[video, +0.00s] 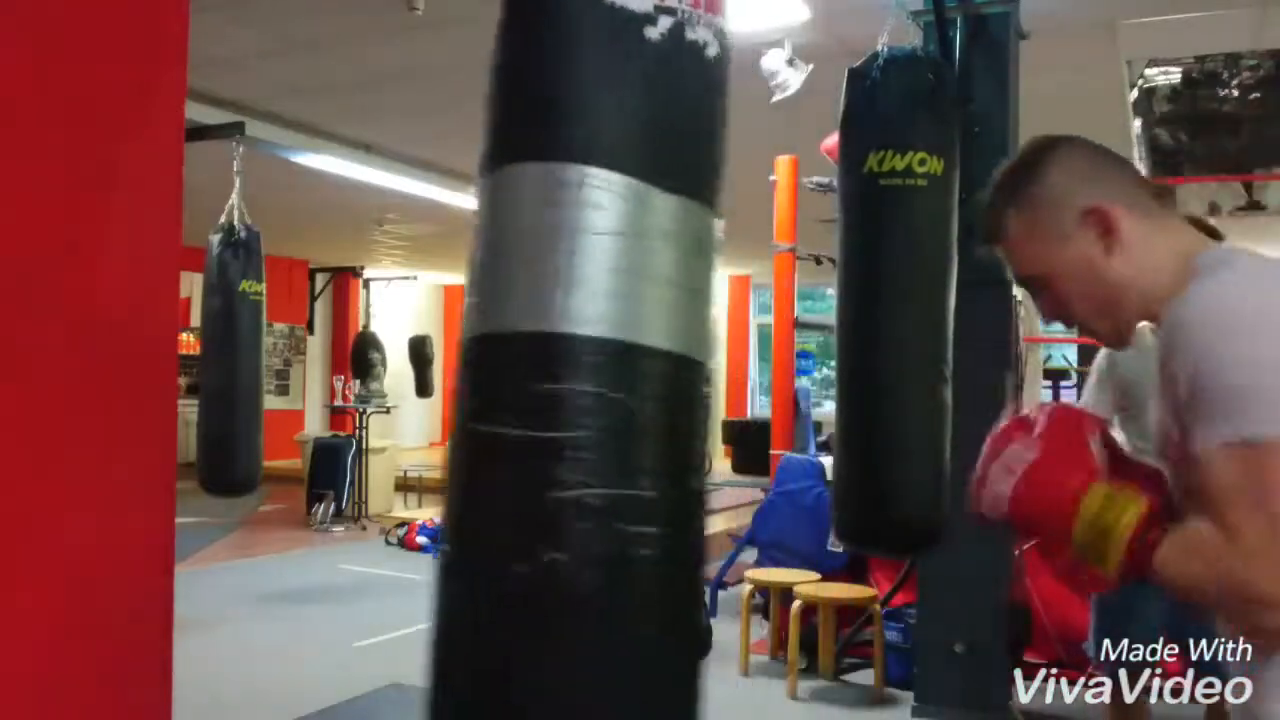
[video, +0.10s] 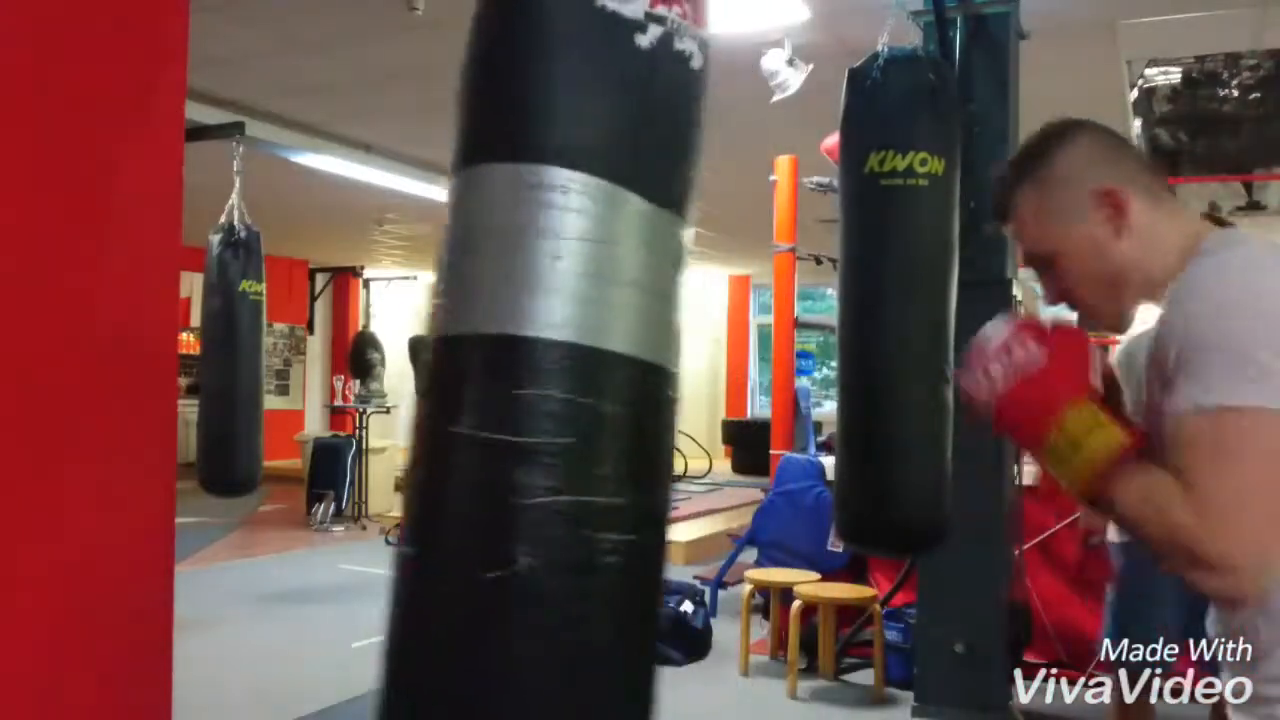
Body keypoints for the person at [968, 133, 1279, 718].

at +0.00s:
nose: (1046, 315)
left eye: (1041, 284)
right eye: (1032, 292)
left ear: (1104, 230)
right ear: (1104, 230)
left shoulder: (1226, 318)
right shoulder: (1199, 320)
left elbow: (1262, 581)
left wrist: (1092, 517)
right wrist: (1119, 489)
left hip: (1268, 696)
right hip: (1256, 693)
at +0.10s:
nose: (1050, 295)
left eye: (1048, 265)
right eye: (1038, 272)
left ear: (1113, 213)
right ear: (1114, 214)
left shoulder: (1231, 293)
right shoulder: (1204, 300)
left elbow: (1236, 558)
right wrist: (1079, 420)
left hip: (1268, 695)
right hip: (1250, 690)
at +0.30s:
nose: (1090, 303)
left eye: (1092, 270)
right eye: (1080, 276)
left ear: (1166, 228)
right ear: (1167, 230)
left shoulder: (1247, 319)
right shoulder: (1200, 332)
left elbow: (1231, 555)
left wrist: (1046, 468)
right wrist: (1034, 460)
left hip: (1253, 696)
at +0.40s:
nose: (1044, 296)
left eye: (1042, 264)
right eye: (1034, 271)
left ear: (1104, 225)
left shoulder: (1149, 295)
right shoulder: (1256, 298)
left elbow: (1140, 500)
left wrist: (953, 429)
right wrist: (1053, 444)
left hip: (1224, 683)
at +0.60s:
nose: (910, 291)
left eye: (911, 264)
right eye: (900, 270)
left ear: (974, 225)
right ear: (981, 221)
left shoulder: (1063, 301)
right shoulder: (1118, 295)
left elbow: (895, 492)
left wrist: (745, 416)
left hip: (1202, 693)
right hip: (1235, 683)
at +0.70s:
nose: (880, 318)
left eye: (882, 287)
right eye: (872, 293)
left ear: (950, 253)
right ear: (948, 254)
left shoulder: (1106, 347)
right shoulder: (978, 378)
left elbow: (1064, 579)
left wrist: (920, 494)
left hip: (1217, 697)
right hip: (1113, 691)